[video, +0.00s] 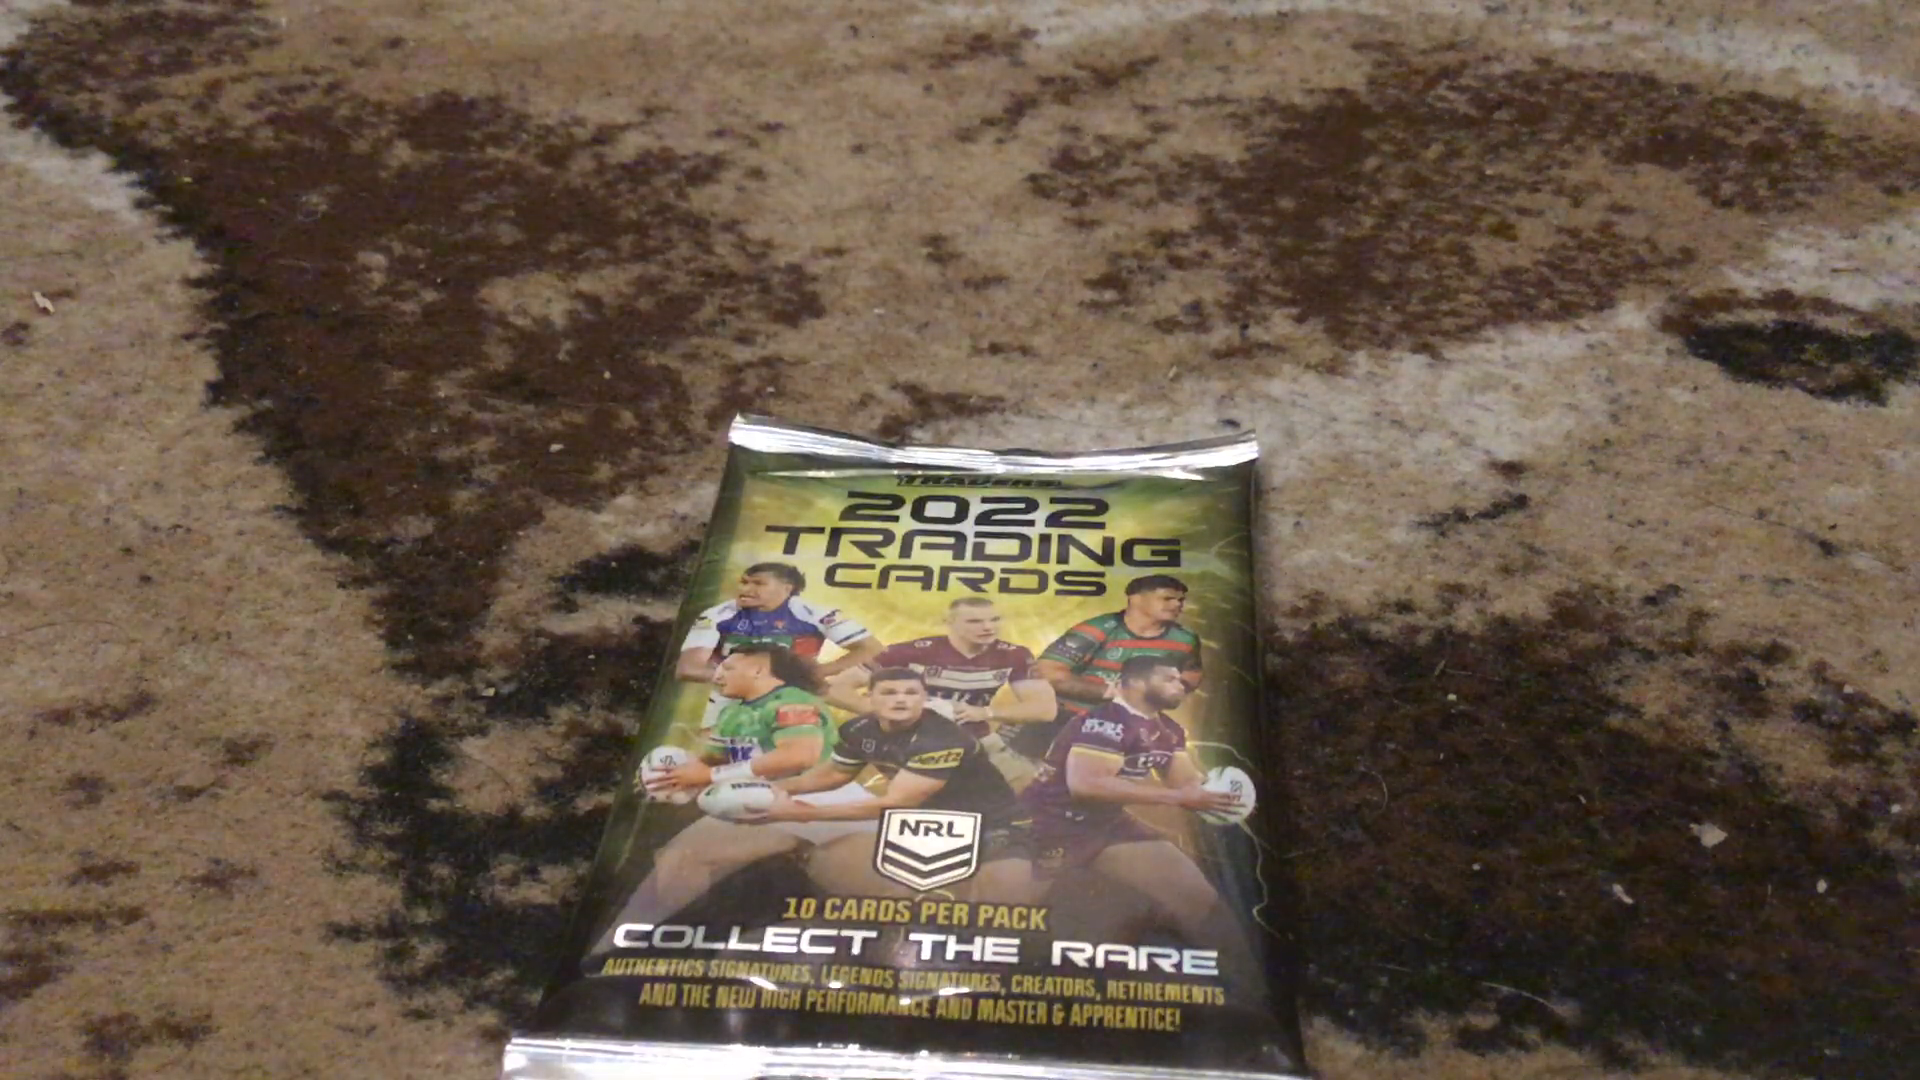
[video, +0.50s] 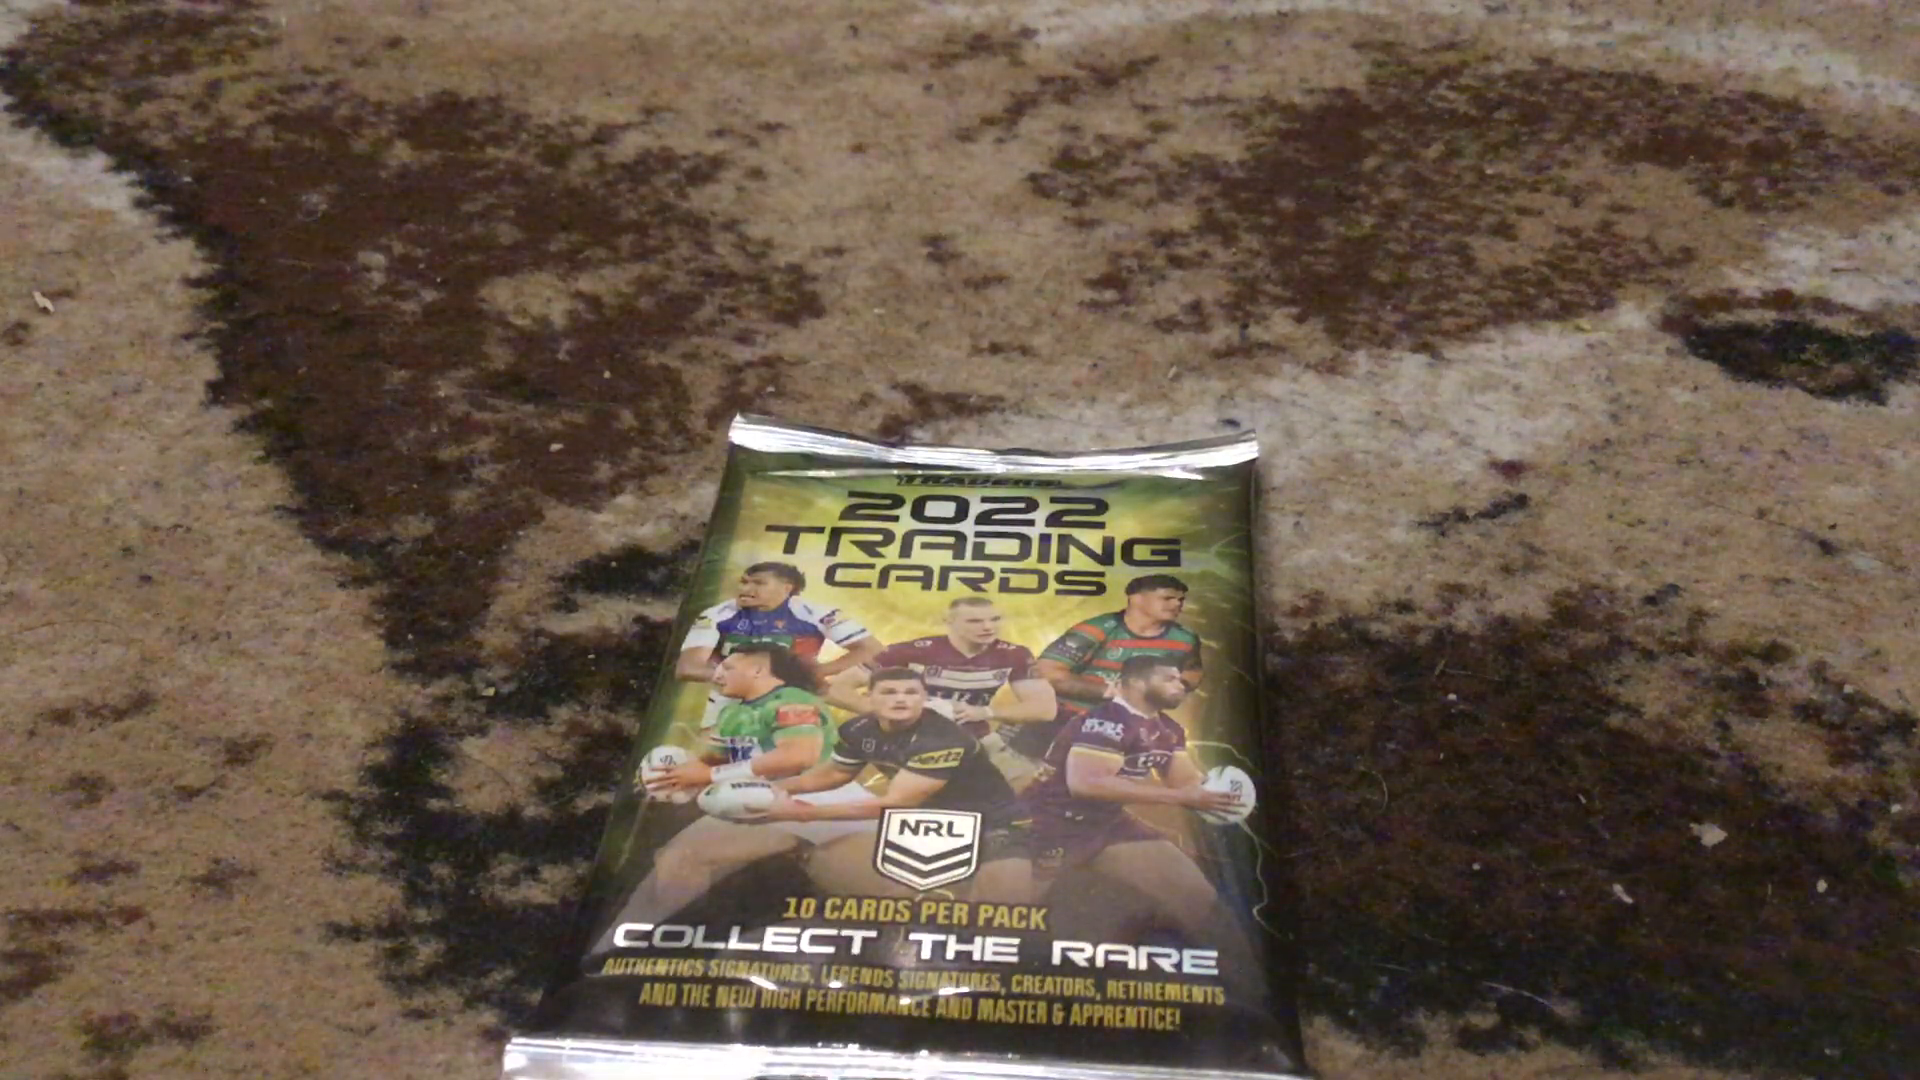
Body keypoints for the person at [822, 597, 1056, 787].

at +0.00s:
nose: (987, 628)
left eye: (993, 620)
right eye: (975, 621)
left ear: (999, 621)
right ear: (950, 623)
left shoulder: (1014, 657)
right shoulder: (915, 653)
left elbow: (1046, 709)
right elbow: (833, 688)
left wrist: (987, 713)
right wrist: (887, 710)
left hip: (985, 747)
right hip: (923, 746)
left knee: (1039, 787)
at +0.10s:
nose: (987, 628)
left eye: (993, 620)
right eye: (975, 621)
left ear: (1000, 621)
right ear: (950, 623)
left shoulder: (1015, 657)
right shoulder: (915, 653)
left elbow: (1045, 709)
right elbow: (834, 687)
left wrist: (987, 713)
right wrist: (888, 710)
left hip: (985, 748)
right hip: (923, 746)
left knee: (1039, 787)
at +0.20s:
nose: (987, 628)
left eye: (993, 620)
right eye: (975, 621)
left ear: (999, 621)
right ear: (950, 623)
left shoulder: (1015, 657)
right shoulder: (916, 653)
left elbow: (1045, 709)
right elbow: (834, 687)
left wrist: (985, 713)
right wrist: (888, 710)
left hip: (984, 746)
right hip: (923, 745)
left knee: (1038, 786)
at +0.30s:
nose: (987, 628)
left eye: (992, 620)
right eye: (975, 621)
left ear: (999, 620)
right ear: (951, 622)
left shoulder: (1014, 657)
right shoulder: (918, 652)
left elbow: (1045, 709)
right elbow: (834, 688)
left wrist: (987, 713)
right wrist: (895, 712)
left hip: (983, 747)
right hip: (923, 744)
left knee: (1034, 784)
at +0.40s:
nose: (987, 628)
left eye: (993, 620)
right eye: (975, 621)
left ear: (999, 620)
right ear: (950, 622)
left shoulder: (1014, 657)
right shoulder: (916, 653)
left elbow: (1045, 709)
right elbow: (834, 688)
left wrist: (987, 713)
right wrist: (894, 711)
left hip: (984, 748)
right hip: (923, 747)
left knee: (1036, 785)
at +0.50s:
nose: (987, 628)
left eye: (993, 620)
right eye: (975, 621)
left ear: (999, 620)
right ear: (951, 622)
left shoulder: (1014, 657)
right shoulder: (916, 652)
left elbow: (1045, 709)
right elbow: (836, 689)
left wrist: (986, 712)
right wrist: (896, 711)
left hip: (984, 746)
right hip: (924, 745)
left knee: (1036, 784)